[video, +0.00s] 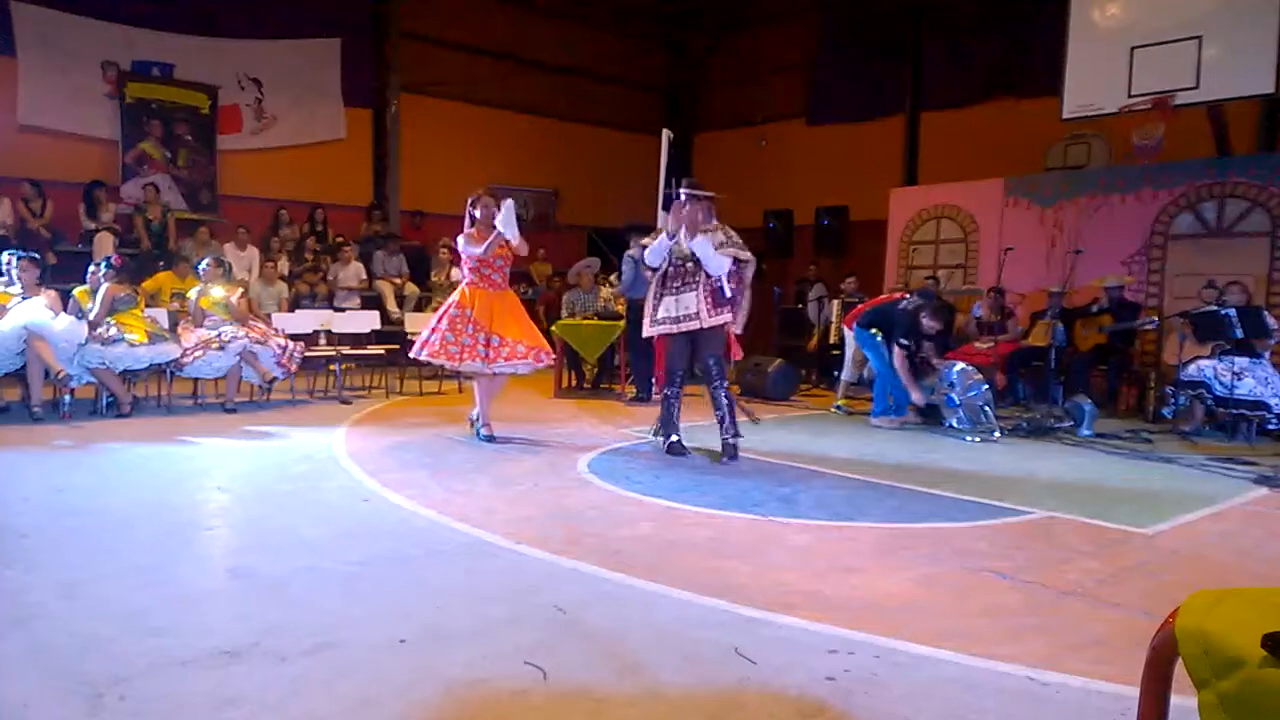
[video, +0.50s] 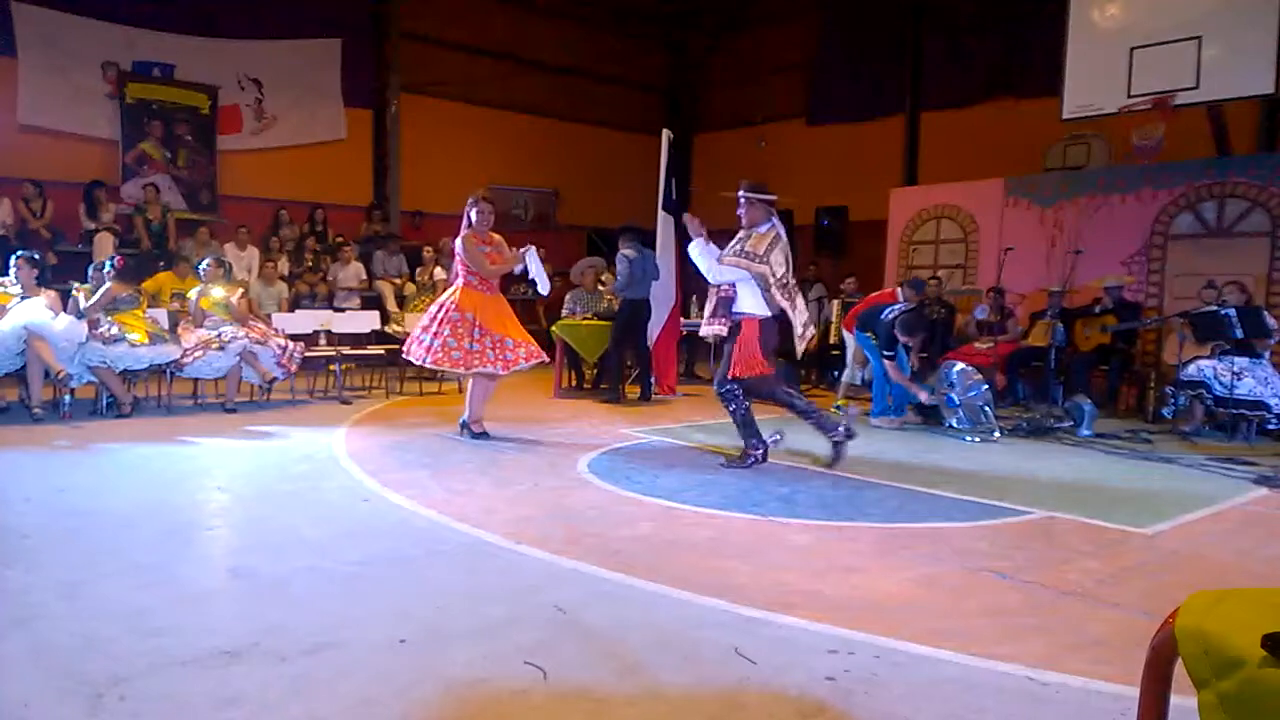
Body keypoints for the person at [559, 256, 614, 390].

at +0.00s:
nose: (589, 277)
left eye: (591, 274)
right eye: (586, 275)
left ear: (594, 276)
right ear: (578, 278)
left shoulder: (605, 293)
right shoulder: (569, 296)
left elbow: (614, 313)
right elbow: (565, 317)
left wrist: (598, 315)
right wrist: (579, 318)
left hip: (599, 331)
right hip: (578, 331)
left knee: (608, 348)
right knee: (569, 348)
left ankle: (599, 379)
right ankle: (580, 377)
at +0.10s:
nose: (590, 278)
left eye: (592, 274)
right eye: (587, 275)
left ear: (595, 276)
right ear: (579, 278)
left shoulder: (605, 292)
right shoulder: (569, 295)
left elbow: (615, 313)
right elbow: (565, 316)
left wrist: (598, 315)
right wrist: (579, 317)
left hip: (600, 331)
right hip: (578, 331)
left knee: (608, 349)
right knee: (570, 348)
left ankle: (598, 380)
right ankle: (579, 378)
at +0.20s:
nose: (591, 277)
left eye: (593, 274)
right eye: (587, 274)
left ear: (597, 276)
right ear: (580, 278)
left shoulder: (605, 293)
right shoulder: (570, 295)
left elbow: (614, 313)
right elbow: (565, 316)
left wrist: (598, 315)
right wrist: (578, 318)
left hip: (600, 330)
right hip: (578, 330)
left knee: (608, 348)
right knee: (570, 348)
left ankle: (598, 379)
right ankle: (579, 378)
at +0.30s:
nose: (592, 276)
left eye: (593, 272)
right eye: (588, 273)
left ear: (597, 276)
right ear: (580, 277)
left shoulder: (606, 293)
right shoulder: (570, 295)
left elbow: (613, 313)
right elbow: (565, 315)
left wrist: (597, 316)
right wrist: (579, 317)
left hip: (600, 331)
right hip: (578, 330)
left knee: (608, 348)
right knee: (570, 347)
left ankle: (598, 379)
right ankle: (579, 377)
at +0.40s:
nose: (592, 277)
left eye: (594, 273)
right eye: (588, 274)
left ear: (598, 276)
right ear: (580, 277)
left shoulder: (606, 294)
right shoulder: (571, 295)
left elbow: (613, 314)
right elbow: (565, 316)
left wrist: (596, 316)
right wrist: (577, 318)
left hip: (600, 332)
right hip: (578, 332)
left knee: (609, 348)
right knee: (569, 347)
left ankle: (598, 379)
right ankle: (579, 378)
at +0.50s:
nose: (595, 277)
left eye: (596, 274)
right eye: (591, 274)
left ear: (598, 276)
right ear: (582, 277)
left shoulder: (606, 295)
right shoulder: (572, 296)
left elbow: (613, 313)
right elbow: (565, 315)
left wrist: (597, 315)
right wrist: (578, 317)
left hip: (600, 331)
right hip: (578, 331)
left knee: (608, 350)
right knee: (570, 347)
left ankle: (598, 379)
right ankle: (579, 378)